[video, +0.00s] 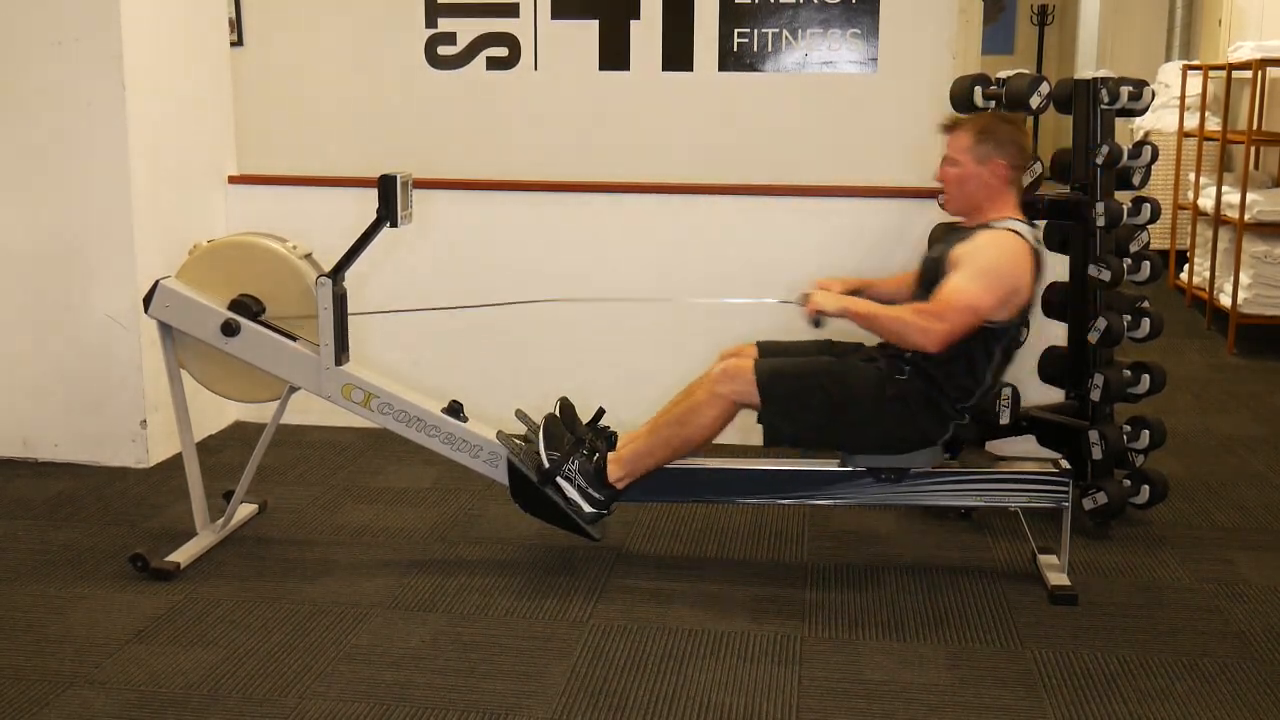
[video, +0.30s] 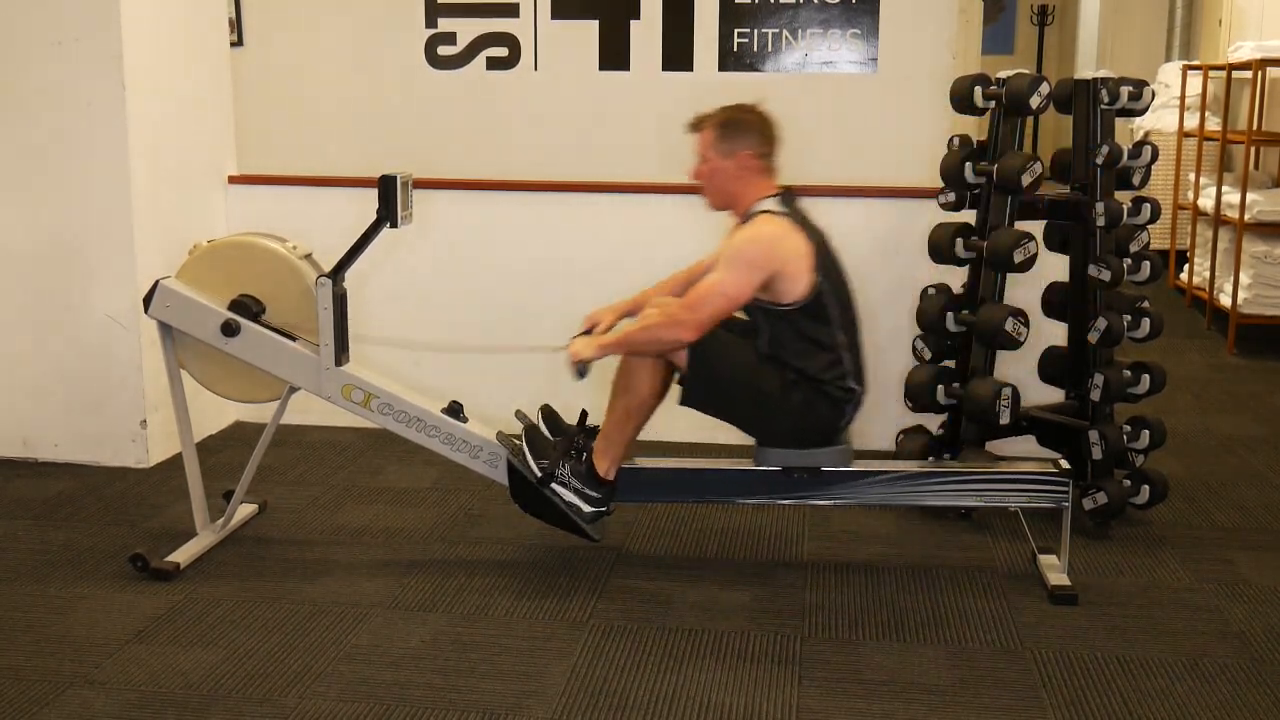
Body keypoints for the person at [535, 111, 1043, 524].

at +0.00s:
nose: (940, 177)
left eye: (951, 166)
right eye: (944, 165)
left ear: (998, 173)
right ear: (981, 171)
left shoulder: (1001, 249)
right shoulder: (970, 233)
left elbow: (933, 332)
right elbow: (918, 285)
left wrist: (848, 306)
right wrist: (851, 286)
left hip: (917, 400)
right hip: (899, 378)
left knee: (733, 376)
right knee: (732, 364)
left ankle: (598, 486)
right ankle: (609, 468)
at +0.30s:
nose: (695, 174)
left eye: (704, 160)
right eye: (698, 160)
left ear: (745, 163)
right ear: (747, 164)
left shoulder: (764, 235)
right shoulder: (764, 223)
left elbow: (685, 324)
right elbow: (690, 282)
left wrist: (602, 346)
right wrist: (620, 311)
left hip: (810, 411)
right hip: (807, 398)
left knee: (657, 333)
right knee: (659, 317)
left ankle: (597, 476)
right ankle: (602, 450)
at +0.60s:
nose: (556, 192)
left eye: (564, 180)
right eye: (559, 180)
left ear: (600, 187)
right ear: (604, 186)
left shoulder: (622, 246)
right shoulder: (645, 226)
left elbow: (533, 332)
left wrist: (462, 378)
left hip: (706, 412)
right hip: (720, 403)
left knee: (574, 312)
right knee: (589, 302)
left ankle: (594, 459)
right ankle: (606, 439)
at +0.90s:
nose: (681, 149)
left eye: (694, 141)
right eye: (687, 138)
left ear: (731, 154)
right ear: (732, 155)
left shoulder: (730, 223)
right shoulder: (732, 211)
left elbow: (620, 273)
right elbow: (628, 245)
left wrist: (533, 293)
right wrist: (547, 272)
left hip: (773, 405)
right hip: (769, 389)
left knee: (631, 311)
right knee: (637, 298)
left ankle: (593, 468)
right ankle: (601, 444)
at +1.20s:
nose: (925, 145)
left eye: (940, 136)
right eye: (931, 133)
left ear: (981, 153)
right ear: (971, 150)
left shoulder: (967, 230)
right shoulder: (941, 217)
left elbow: (856, 280)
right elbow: (843, 250)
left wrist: (760, 286)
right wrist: (760, 267)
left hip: (911, 394)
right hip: (889, 371)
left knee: (738, 387)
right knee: (731, 370)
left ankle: (596, 485)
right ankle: (601, 454)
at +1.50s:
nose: (1039, 213)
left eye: (1054, 204)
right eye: (1044, 201)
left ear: (1095, 222)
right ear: (1079, 217)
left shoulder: (1093, 297)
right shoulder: (1048, 274)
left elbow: (1063, 388)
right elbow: (1015, 345)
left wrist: (994, 321)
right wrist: (970, 309)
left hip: (930, 394)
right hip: (909, 368)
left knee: (757, 423)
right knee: (752, 402)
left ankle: (599, 486)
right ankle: (605, 458)